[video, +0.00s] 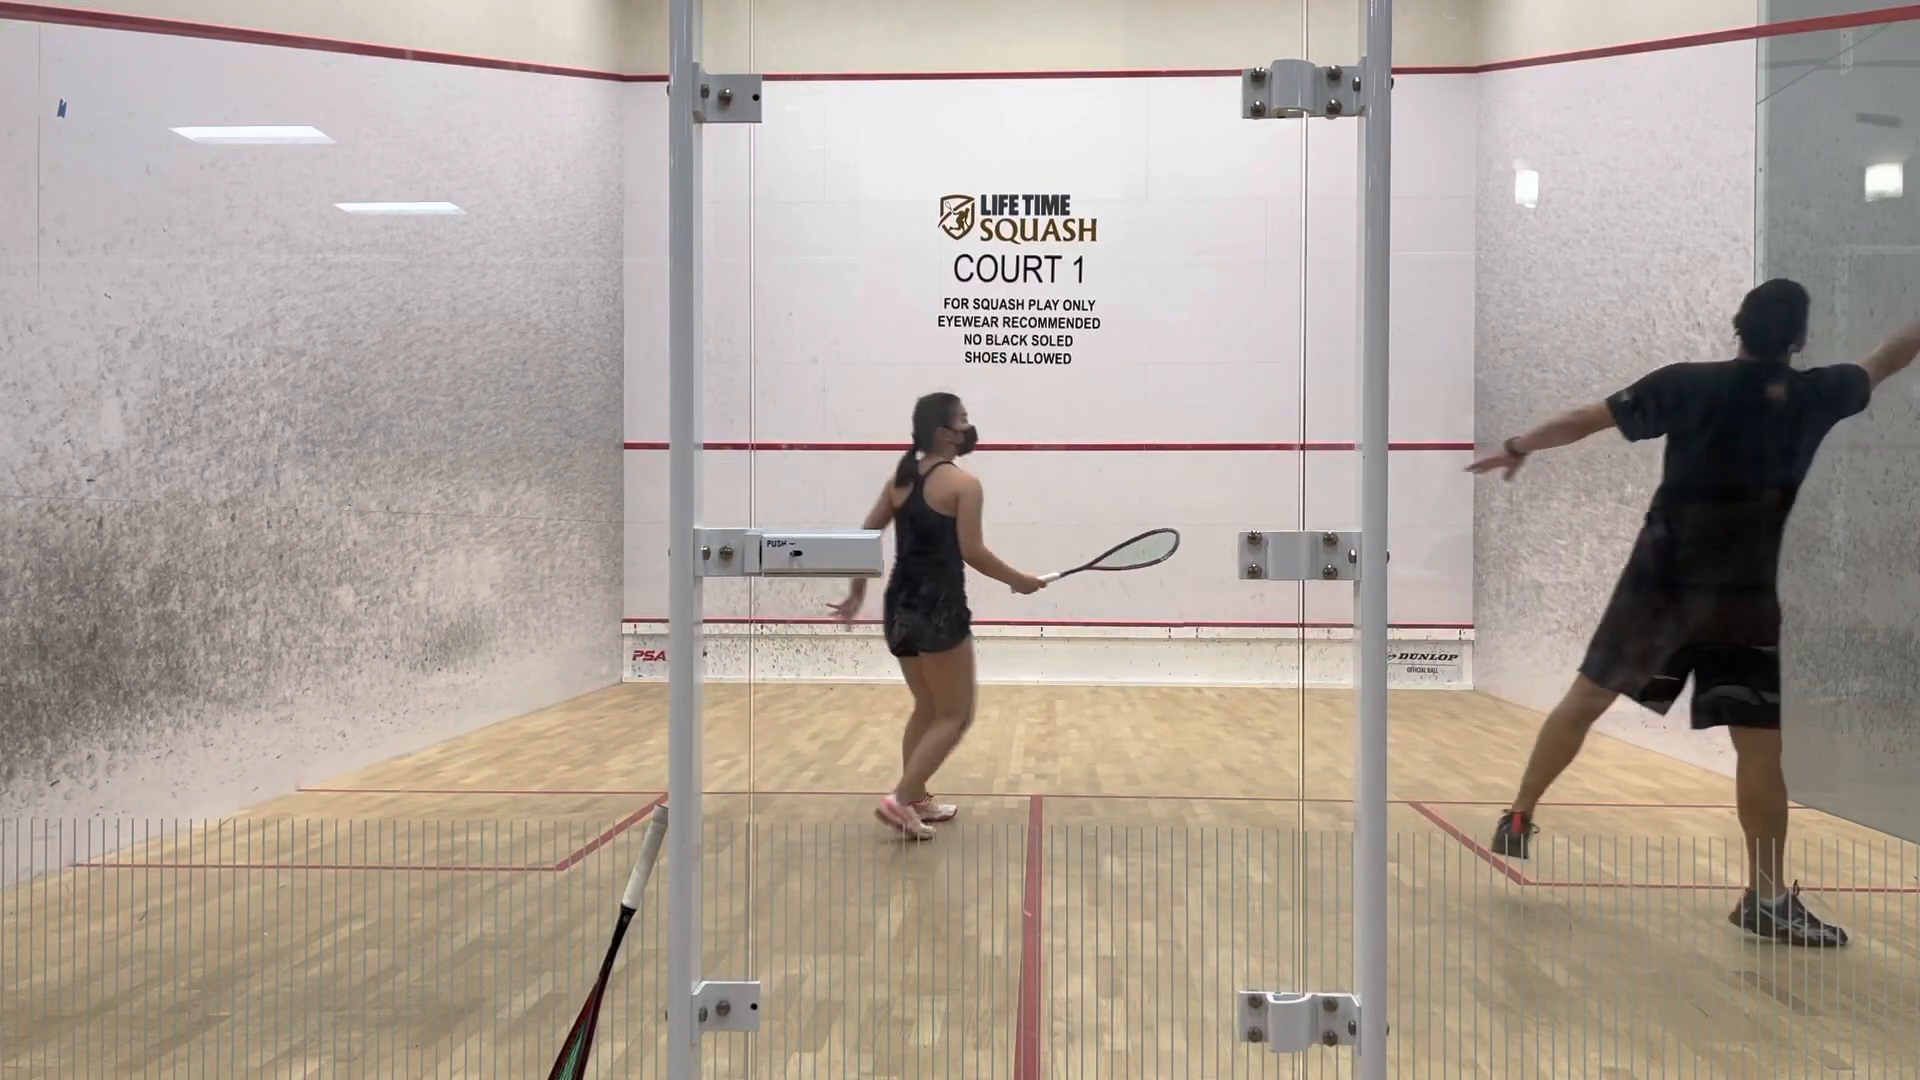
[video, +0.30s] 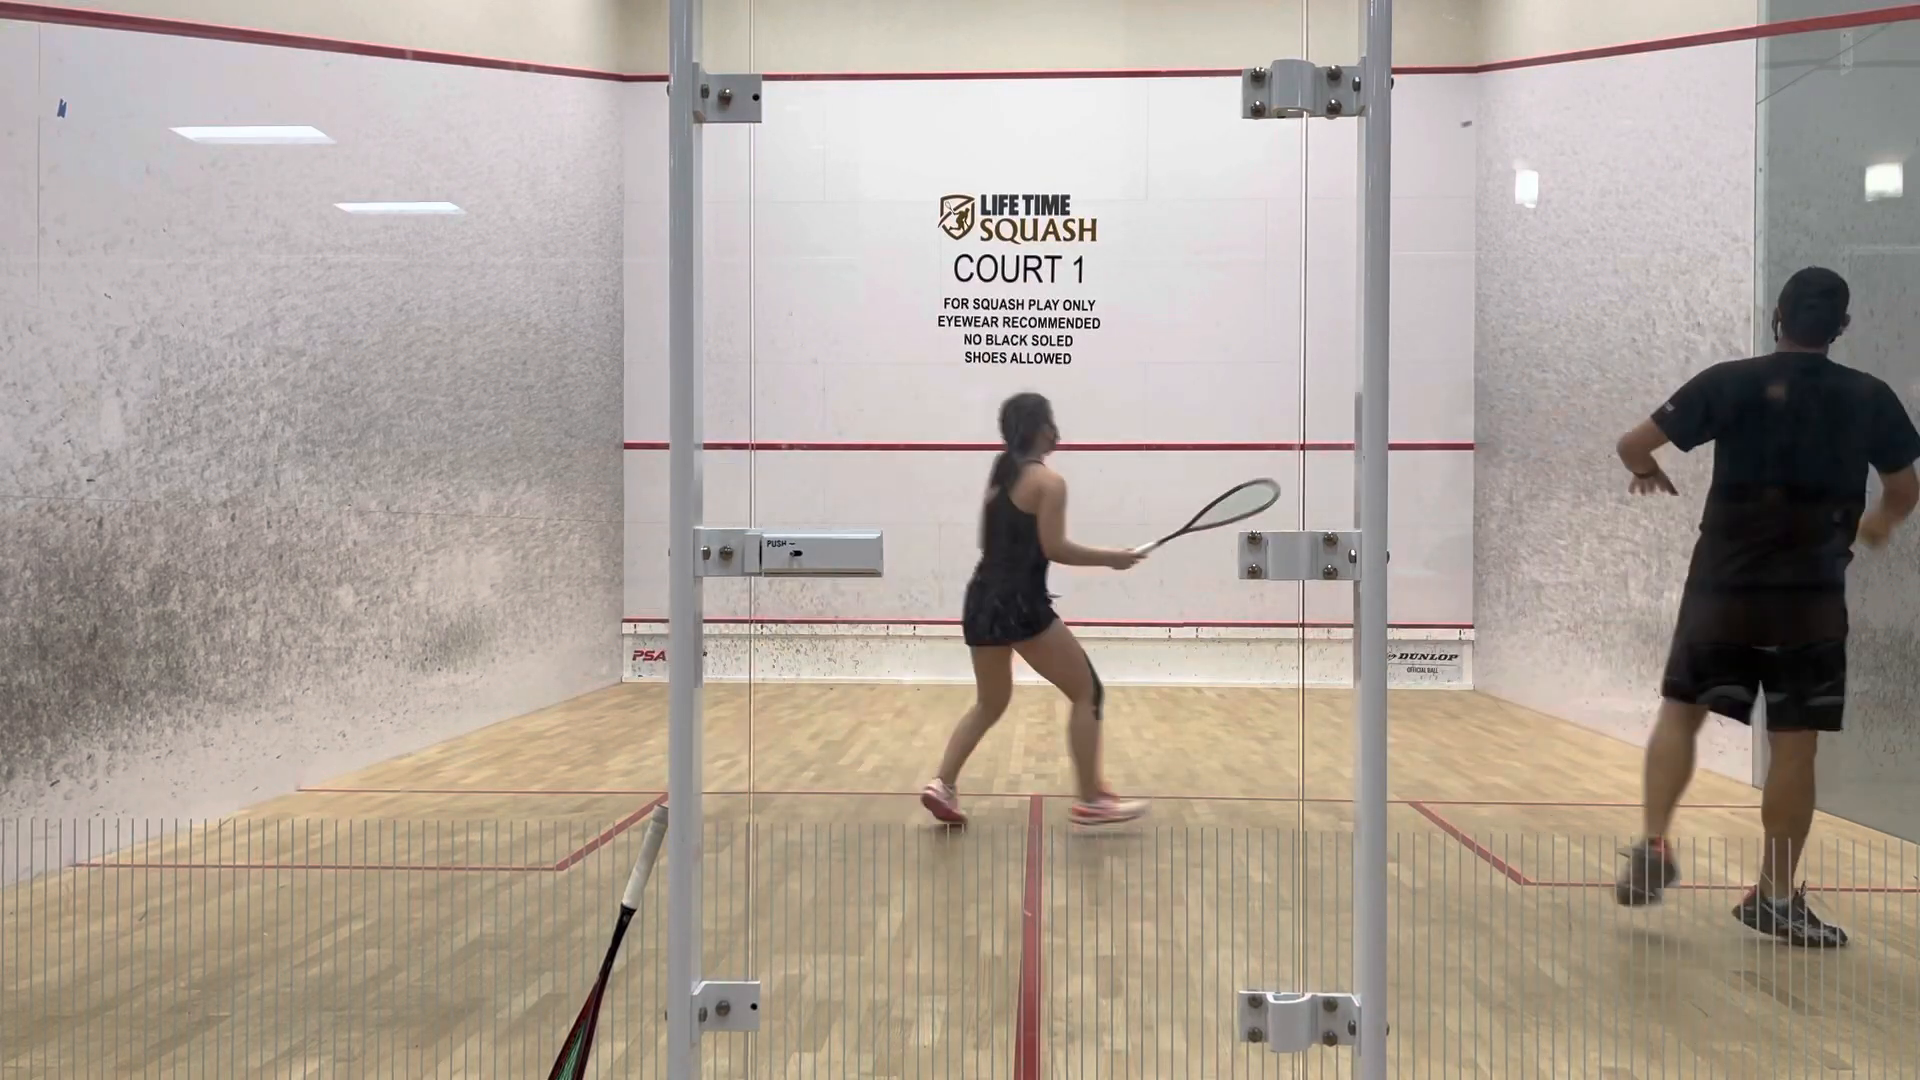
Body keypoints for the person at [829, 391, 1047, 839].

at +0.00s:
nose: (970, 427)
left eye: (967, 420)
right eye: (963, 421)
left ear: (927, 431)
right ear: (943, 430)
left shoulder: (902, 478)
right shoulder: (963, 483)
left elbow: (867, 533)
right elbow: (972, 551)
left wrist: (856, 592)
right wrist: (1017, 579)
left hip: (900, 610)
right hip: (940, 614)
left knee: (926, 707)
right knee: (956, 714)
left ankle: (914, 797)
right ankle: (901, 799)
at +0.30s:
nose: (1056, 431)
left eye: (1053, 423)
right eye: (1051, 424)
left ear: (1013, 432)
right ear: (1039, 430)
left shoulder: (999, 477)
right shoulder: (1048, 482)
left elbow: (993, 542)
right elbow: (1055, 548)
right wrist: (1112, 558)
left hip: (982, 603)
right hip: (1021, 606)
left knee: (991, 701)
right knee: (1087, 691)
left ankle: (942, 784)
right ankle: (1092, 798)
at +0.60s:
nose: (1209, 459)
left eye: (1207, 451)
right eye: (1205, 452)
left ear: (1165, 460)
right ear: (1197, 461)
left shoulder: (1154, 502)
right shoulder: (1184, 515)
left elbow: (1192, 534)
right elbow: (1223, 577)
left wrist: (1246, 529)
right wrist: (1242, 558)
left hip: (1119, 626)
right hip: (1148, 631)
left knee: (1124, 732)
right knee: (1213, 711)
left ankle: (1032, 767)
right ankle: (1200, 814)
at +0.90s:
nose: (1354, 493)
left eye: (1354, 483)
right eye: (1351, 483)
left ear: (1328, 481)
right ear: (1339, 485)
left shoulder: (1332, 520)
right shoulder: (1309, 518)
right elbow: (1277, 536)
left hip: (1301, 637)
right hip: (1277, 638)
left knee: (1366, 684)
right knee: (1282, 741)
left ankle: (1404, 765)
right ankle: (1207, 804)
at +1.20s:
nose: (1484, 508)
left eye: (1482, 501)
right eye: (1481, 502)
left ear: (1438, 509)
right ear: (1468, 510)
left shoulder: (1415, 547)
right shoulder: (1482, 564)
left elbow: (1386, 605)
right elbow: (1544, 592)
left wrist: (1382, 649)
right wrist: (1576, 582)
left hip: (1401, 660)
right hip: (1428, 672)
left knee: (1485, 689)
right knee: (1418, 771)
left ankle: (1494, 783)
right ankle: (1337, 783)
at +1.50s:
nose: (1497, 483)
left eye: (1493, 477)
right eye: (1495, 477)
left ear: (1451, 484)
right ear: (1492, 486)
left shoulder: (1426, 526)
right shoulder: (1507, 533)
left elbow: (1387, 571)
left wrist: (1395, 541)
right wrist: (1426, 533)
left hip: (1420, 645)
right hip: (1458, 654)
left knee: (1496, 691)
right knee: (1477, 748)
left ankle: (1497, 782)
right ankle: (1386, 757)